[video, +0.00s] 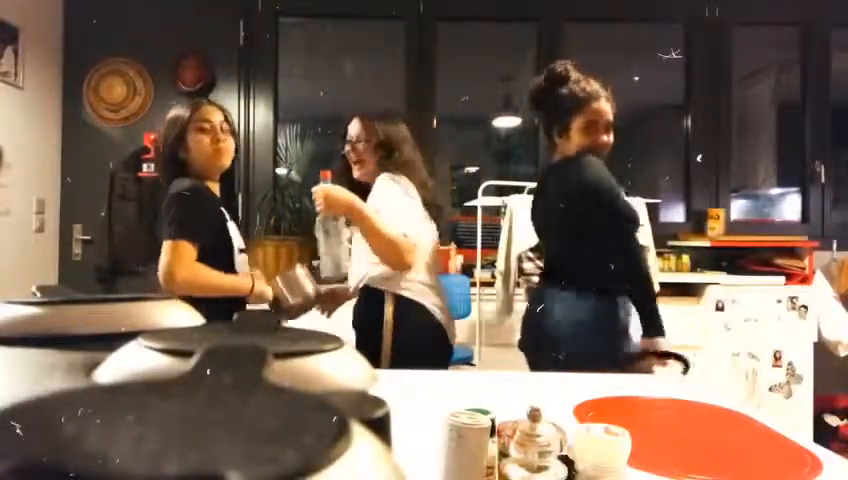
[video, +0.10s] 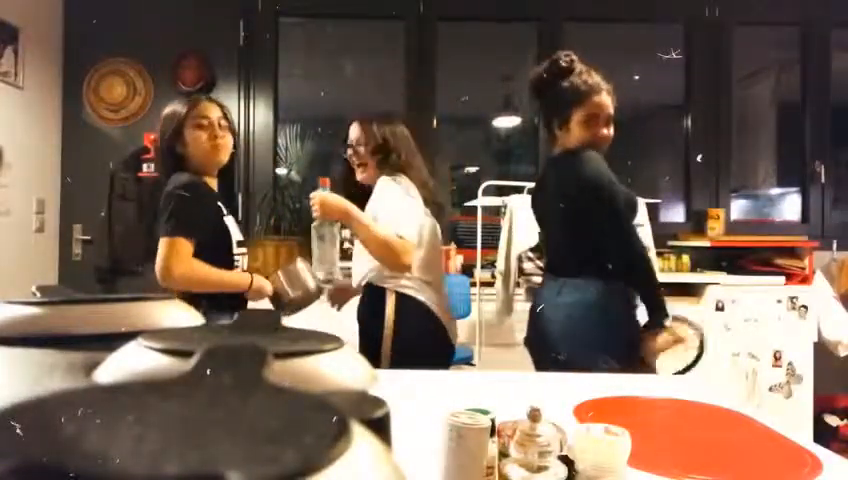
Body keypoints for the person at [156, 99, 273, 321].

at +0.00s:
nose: (219, 138)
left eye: (225, 129)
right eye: (204, 130)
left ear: (234, 141)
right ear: (180, 146)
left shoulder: (214, 198)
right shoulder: (188, 195)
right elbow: (175, 274)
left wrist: (253, 279)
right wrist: (249, 286)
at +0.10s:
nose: (217, 134)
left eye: (223, 126)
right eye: (202, 126)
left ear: (232, 137)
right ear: (178, 142)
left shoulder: (212, 191)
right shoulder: (186, 190)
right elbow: (172, 270)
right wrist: (247, 282)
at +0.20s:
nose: (216, 144)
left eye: (222, 136)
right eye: (201, 137)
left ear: (231, 147)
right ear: (177, 151)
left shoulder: (212, 206)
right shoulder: (187, 202)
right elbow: (174, 280)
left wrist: (246, 277)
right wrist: (248, 289)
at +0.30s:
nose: (215, 140)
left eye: (221, 131)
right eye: (200, 132)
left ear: (230, 142)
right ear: (177, 148)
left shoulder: (212, 200)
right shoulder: (186, 197)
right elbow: (172, 277)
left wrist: (246, 276)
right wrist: (246, 287)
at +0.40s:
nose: (214, 131)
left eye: (220, 122)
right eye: (199, 123)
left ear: (230, 133)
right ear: (176, 141)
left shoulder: (213, 188)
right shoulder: (185, 185)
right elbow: (166, 263)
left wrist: (249, 271)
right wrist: (241, 276)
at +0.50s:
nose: (215, 135)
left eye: (221, 127)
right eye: (200, 128)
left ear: (231, 137)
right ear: (177, 145)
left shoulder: (212, 196)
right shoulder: (186, 191)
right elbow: (165, 266)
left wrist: (251, 276)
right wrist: (241, 279)